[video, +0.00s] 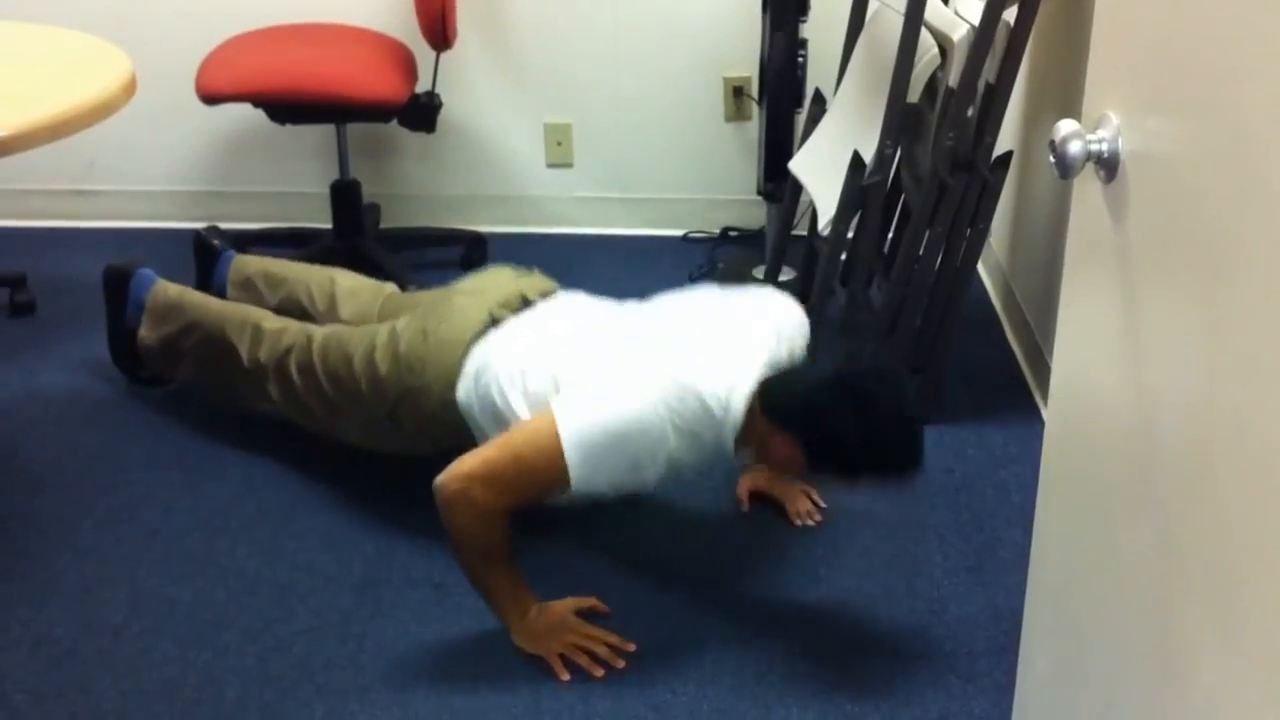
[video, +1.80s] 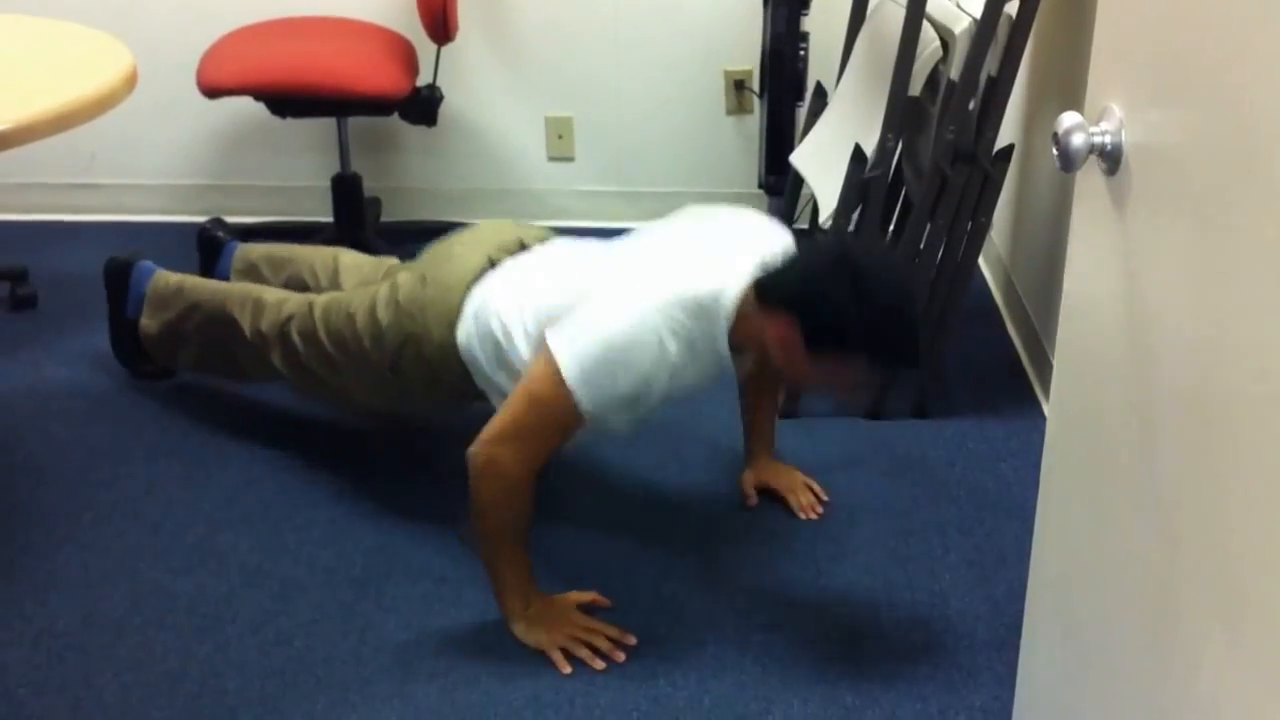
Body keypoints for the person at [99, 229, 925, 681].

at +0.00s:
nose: (827, 483)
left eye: (840, 480)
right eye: (833, 474)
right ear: (798, 444)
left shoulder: (780, 314)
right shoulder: (650, 426)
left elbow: (750, 378)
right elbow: (463, 492)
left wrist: (760, 457)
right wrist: (524, 616)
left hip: (521, 295)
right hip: (457, 376)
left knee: (373, 303)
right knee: (287, 365)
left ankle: (233, 264)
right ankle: (152, 316)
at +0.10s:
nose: (817, 410)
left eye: (834, 402)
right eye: (821, 395)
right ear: (786, 360)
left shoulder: (770, 263)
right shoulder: (640, 357)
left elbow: (770, 367)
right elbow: (485, 475)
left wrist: (759, 461)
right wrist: (523, 613)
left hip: (514, 259)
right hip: (450, 333)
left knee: (370, 290)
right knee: (281, 353)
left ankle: (237, 263)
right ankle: (150, 317)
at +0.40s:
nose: (805, 419)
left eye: (819, 414)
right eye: (811, 408)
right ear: (796, 375)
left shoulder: (780, 277)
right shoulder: (664, 376)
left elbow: (761, 366)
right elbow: (478, 475)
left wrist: (757, 458)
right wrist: (525, 614)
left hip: (523, 276)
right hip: (457, 355)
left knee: (374, 292)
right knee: (288, 357)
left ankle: (241, 264)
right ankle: (156, 319)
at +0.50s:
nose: (825, 526)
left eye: (839, 518)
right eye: (833, 515)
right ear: (808, 487)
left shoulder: (787, 335)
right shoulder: (664, 454)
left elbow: (700, 327)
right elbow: (471, 487)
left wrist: (751, 458)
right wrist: (525, 615)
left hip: (535, 308)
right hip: (459, 390)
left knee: (390, 312)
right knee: (290, 365)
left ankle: (243, 268)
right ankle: (155, 315)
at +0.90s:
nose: (814, 427)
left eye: (825, 418)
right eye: (823, 419)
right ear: (801, 388)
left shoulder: (777, 285)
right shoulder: (656, 375)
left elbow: (761, 371)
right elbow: (479, 478)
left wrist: (756, 456)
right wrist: (525, 610)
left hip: (524, 272)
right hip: (464, 346)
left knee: (374, 290)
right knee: (290, 354)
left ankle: (237, 256)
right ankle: (154, 309)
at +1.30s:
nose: (825, 478)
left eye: (838, 475)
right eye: (834, 468)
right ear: (805, 433)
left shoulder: (781, 301)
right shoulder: (666, 411)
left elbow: (745, 371)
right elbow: (472, 475)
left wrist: (759, 450)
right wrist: (525, 611)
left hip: (531, 288)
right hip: (464, 369)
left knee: (377, 297)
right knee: (293, 354)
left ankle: (241, 258)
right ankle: (157, 310)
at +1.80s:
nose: (830, 395)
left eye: (848, 388)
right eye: (834, 380)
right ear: (789, 338)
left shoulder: (770, 244)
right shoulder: (643, 335)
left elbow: (763, 352)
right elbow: (496, 461)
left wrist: (760, 453)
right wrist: (526, 606)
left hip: (522, 247)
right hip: (461, 316)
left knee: (373, 277)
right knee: (291, 338)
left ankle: (237, 252)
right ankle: (152, 307)